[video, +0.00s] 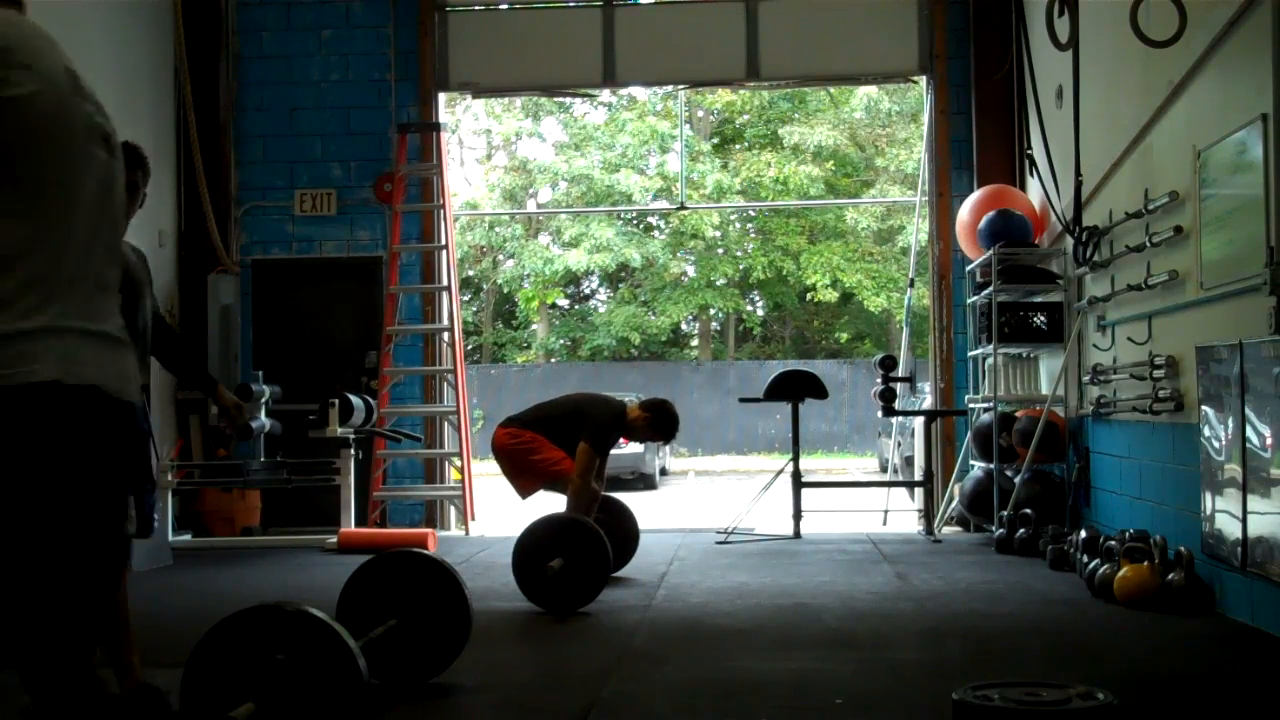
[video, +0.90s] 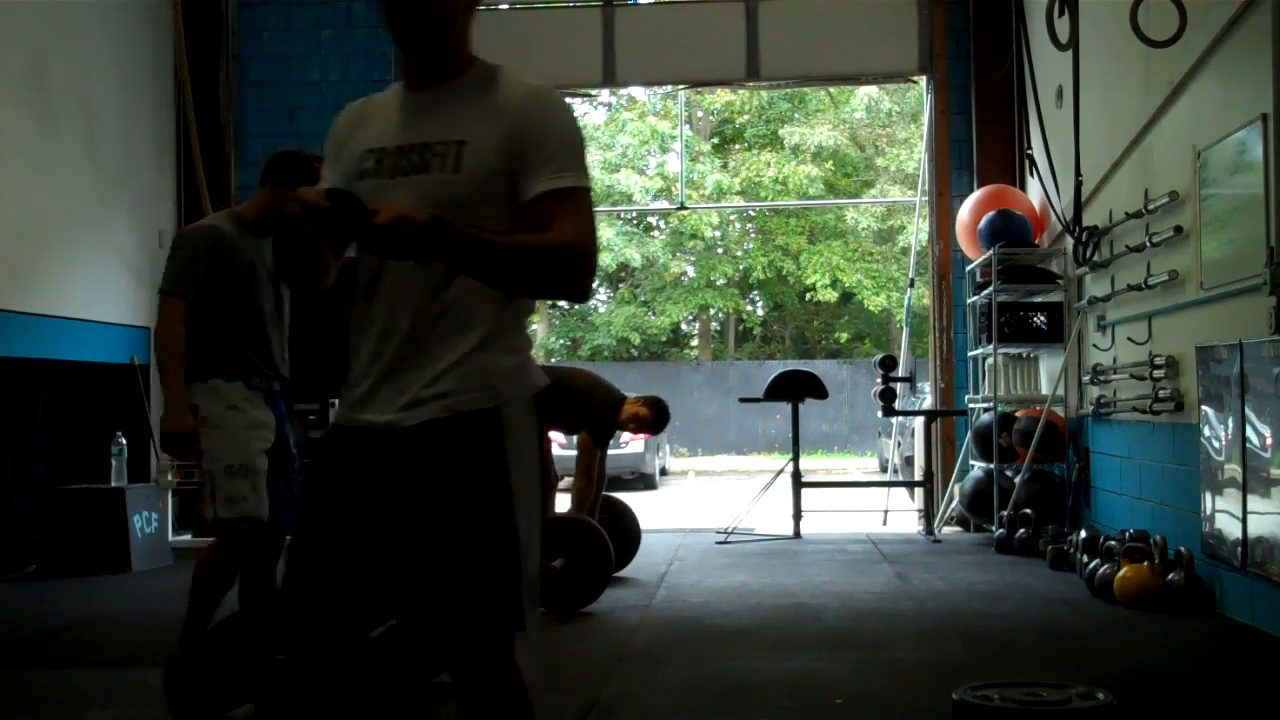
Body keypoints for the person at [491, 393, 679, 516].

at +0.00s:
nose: (642, 441)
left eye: (648, 441)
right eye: (648, 437)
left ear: (643, 414)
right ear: (644, 418)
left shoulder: (614, 421)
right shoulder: (607, 416)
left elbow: (596, 478)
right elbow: (580, 479)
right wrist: (570, 537)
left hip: (525, 437)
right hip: (515, 437)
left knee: (592, 489)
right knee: (583, 488)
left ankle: (580, 552)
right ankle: (569, 552)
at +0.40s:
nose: (629, 444)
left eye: (636, 443)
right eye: (635, 438)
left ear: (634, 415)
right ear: (634, 418)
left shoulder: (605, 419)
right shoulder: (599, 413)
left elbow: (592, 479)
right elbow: (578, 478)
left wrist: (584, 528)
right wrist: (572, 535)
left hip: (513, 423)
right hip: (505, 422)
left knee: (575, 483)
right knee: (569, 482)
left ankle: (555, 547)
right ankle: (557, 548)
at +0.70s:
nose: (631, 432)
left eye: (638, 434)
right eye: (636, 425)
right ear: (634, 405)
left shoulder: (607, 416)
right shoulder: (599, 411)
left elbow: (596, 476)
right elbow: (583, 477)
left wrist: (588, 524)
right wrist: (575, 527)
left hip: (517, 402)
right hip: (508, 401)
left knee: (549, 482)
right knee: (548, 482)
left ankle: (544, 551)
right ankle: (542, 552)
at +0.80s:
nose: (632, 430)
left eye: (639, 432)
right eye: (637, 422)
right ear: (636, 403)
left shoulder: (609, 413)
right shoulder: (601, 407)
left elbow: (596, 476)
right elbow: (583, 475)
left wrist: (589, 524)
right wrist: (577, 526)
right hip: (518, 401)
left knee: (546, 481)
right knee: (544, 482)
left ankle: (545, 549)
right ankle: (542, 550)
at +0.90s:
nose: (634, 428)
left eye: (640, 430)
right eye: (639, 421)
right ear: (637, 402)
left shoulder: (610, 414)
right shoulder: (602, 406)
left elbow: (598, 474)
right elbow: (584, 474)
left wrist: (588, 523)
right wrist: (577, 522)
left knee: (548, 480)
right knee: (546, 481)